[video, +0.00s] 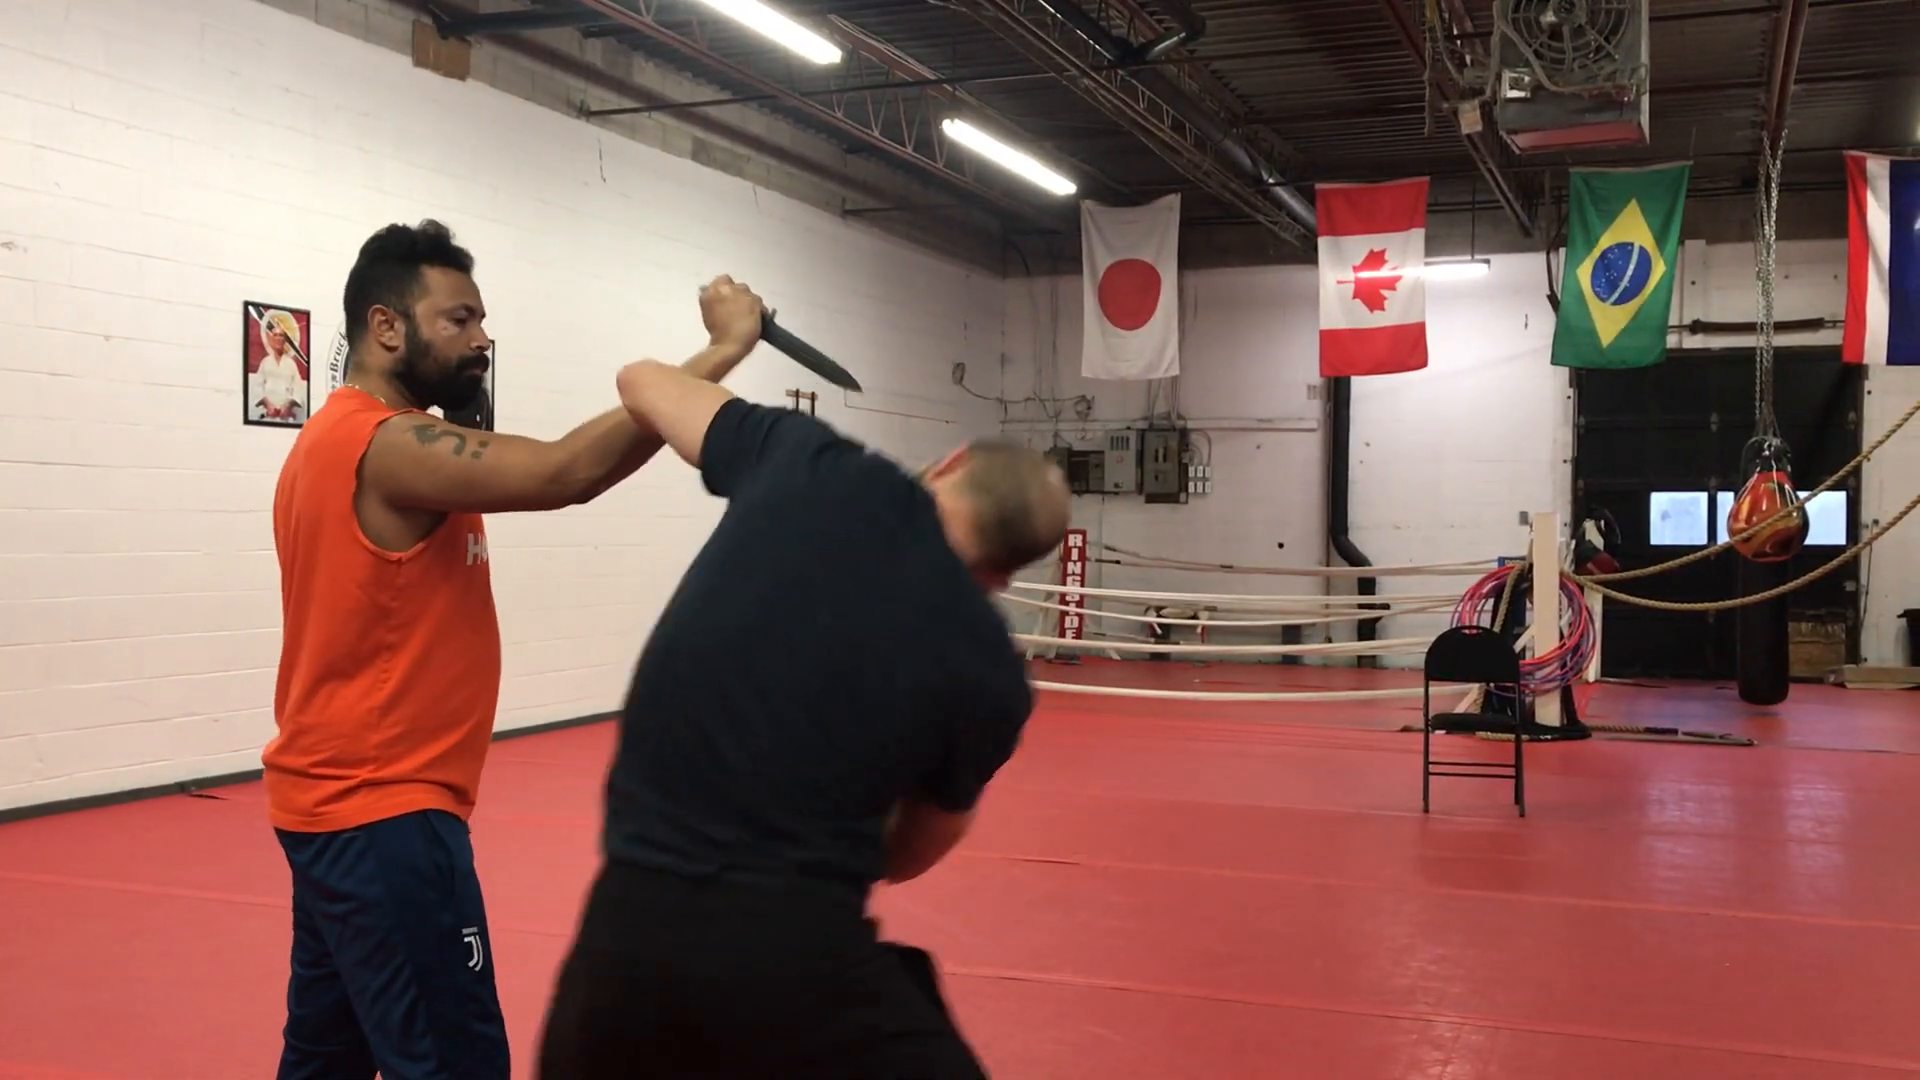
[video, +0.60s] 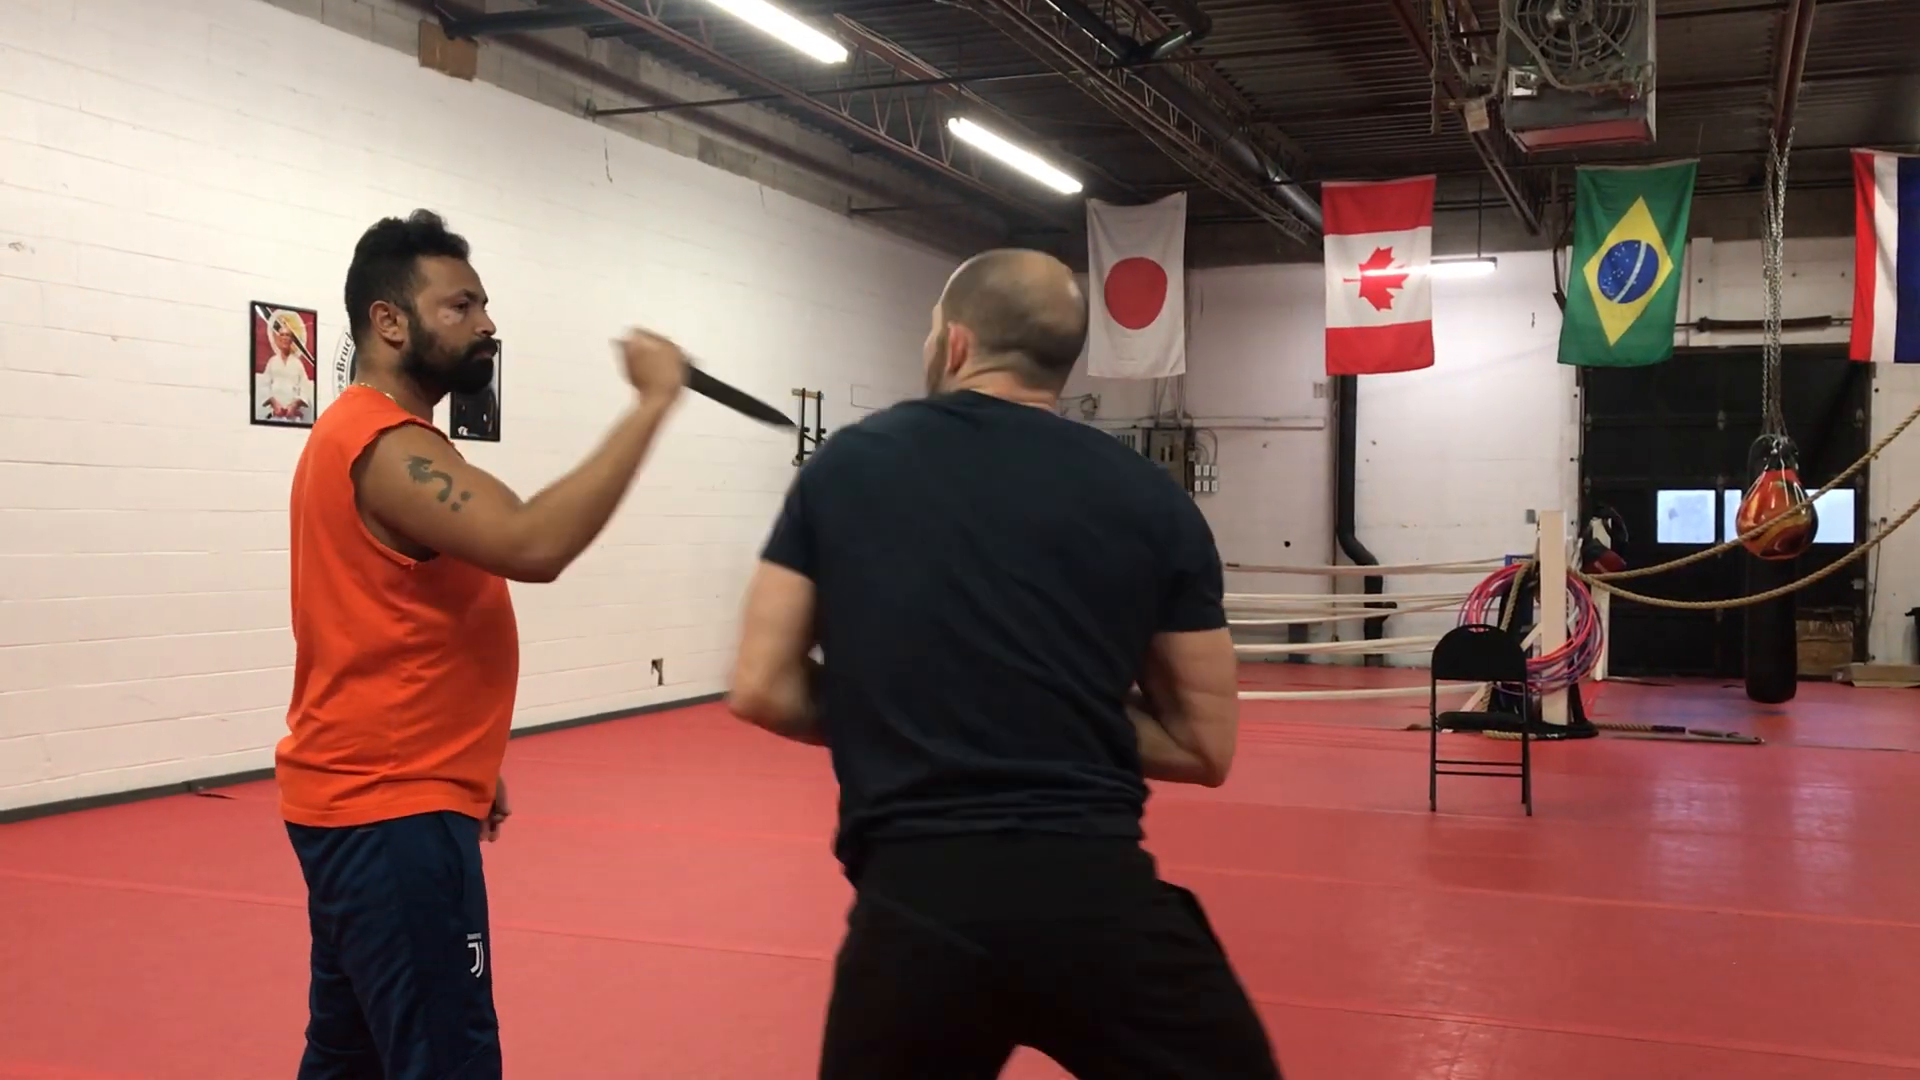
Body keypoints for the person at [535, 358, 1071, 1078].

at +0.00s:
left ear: (947, 460)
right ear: (1004, 578)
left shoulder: (802, 459)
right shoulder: (988, 674)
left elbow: (642, 380)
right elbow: (905, 855)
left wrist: (726, 344)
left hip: (631, 936)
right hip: (808, 965)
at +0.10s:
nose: (957, 415)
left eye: (967, 405)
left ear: (973, 408)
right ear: (1045, 518)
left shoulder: (826, 435)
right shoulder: (1042, 621)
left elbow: (656, 409)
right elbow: (981, 825)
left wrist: (743, 370)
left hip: (703, 920)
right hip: (886, 943)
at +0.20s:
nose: (974, 376)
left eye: (982, 366)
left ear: (986, 369)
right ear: (1083, 467)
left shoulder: (842, 429)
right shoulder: (1087, 568)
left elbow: (667, 452)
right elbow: (1070, 787)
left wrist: (755, 520)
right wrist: (990, 644)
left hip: (768, 908)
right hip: (952, 928)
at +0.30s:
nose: (978, 347)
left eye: (982, 335)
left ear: (992, 345)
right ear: (1097, 415)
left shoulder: (854, 424)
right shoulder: (1126, 530)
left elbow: (674, 503)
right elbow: (1136, 761)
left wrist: (752, 575)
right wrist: (1014, 658)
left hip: (815, 902)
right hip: (1001, 917)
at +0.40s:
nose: (962, 324)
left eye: (968, 312)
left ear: (982, 321)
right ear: (1098, 377)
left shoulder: (852, 418)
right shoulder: (1141, 499)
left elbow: (685, 561)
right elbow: (1174, 746)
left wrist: (785, 652)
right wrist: (1042, 667)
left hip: (851, 878)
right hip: (1031, 888)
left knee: (845, 1061)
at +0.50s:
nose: (941, 323)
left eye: (946, 311)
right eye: (946, 310)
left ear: (964, 322)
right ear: (1078, 362)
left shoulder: (843, 435)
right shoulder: (1143, 489)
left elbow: (714, 628)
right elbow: (1190, 741)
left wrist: (845, 702)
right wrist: (1036, 691)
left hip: (879, 903)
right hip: (1066, 909)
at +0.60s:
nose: (927, 349)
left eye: (931, 334)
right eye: (930, 333)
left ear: (956, 344)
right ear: (1065, 364)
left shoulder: (848, 464)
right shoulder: (1148, 495)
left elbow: (761, 689)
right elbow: (1203, 748)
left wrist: (896, 719)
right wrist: (1054, 710)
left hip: (914, 925)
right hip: (1109, 923)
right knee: (1237, 1065)